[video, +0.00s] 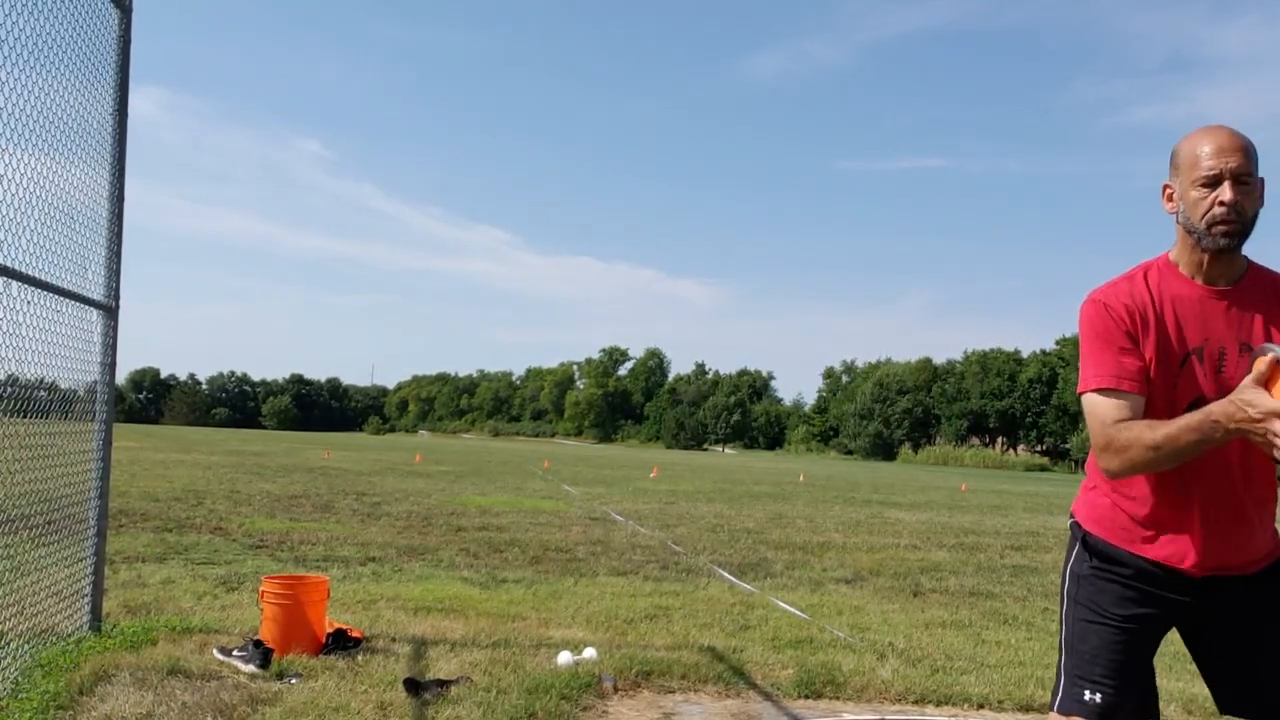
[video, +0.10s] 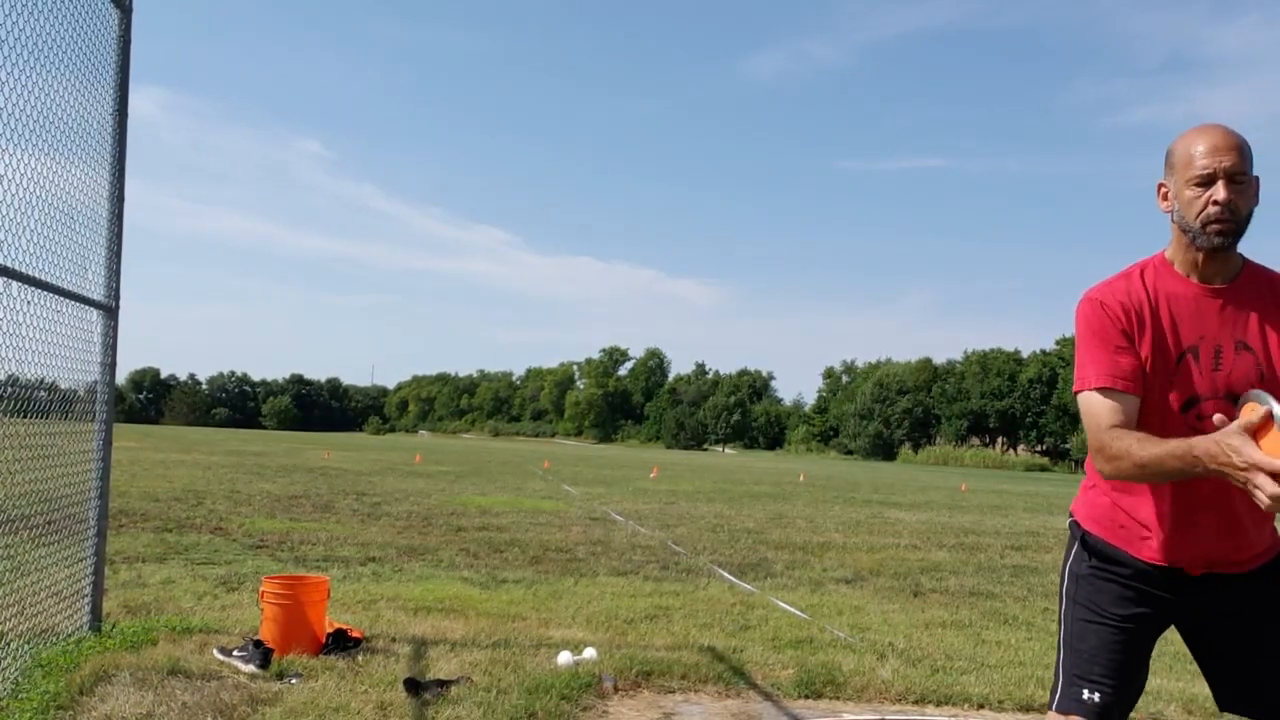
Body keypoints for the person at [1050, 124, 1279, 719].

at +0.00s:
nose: (1228, 195)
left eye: (1242, 180)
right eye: (1209, 182)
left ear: (1261, 193)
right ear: (1171, 199)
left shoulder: (1277, 301)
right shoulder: (1117, 306)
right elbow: (1112, 449)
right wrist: (1228, 417)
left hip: (1246, 568)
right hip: (1122, 563)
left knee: (1269, 704)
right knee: (1089, 711)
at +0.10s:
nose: (1223, 195)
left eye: (1236, 179)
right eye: (1203, 181)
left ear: (1256, 192)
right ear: (1166, 198)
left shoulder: (1277, 300)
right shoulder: (1113, 305)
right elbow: (1108, 449)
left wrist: (1269, 462)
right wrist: (1211, 454)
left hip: (1245, 562)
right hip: (1121, 558)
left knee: (1271, 703)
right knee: (1082, 710)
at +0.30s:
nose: (1223, 189)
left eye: (1236, 175)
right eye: (1203, 177)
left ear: (1255, 190)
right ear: (1165, 198)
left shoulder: (1276, 303)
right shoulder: (1119, 315)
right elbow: (1071, 454)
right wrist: (1131, 564)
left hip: (1247, 577)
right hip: (1121, 567)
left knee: (1271, 704)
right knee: (1090, 710)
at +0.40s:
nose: (1226, 189)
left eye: (1238, 175)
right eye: (1205, 178)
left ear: (1258, 191)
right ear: (1168, 200)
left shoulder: (1276, 304)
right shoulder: (1125, 318)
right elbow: (1055, 447)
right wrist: (1098, 569)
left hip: (1251, 570)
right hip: (1135, 563)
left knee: (1275, 704)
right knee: (1092, 712)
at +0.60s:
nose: (1232, 194)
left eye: (1245, 178)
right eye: (1211, 180)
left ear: (1264, 192)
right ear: (1174, 198)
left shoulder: (1276, 302)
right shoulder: (1126, 318)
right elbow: (1063, 450)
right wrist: (1120, 571)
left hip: (1255, 570)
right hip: (1135, 565)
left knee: (1273, 702)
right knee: (1089, 711)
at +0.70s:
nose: (1229, 188)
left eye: (1243, 174)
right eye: (1211, 175)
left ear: (1261, 189)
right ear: (1173, 191)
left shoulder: (1276, 300)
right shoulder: (1123, 311)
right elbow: (1071, 452)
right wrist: (1163, 551)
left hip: (1259, 571)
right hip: (1129, 566)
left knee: (1268, 705)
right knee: (1092, 710)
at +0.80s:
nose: (1227, 183)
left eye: (1241, 170)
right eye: (1209, 170)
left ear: (1259, 187)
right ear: (1172, 187)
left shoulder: (1275, 299)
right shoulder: (1122, 303)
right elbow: (1088, 449)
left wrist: (1270, 426)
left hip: (1256, 568)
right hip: (1134, 562)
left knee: (1269, 706)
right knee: (1099, 711)